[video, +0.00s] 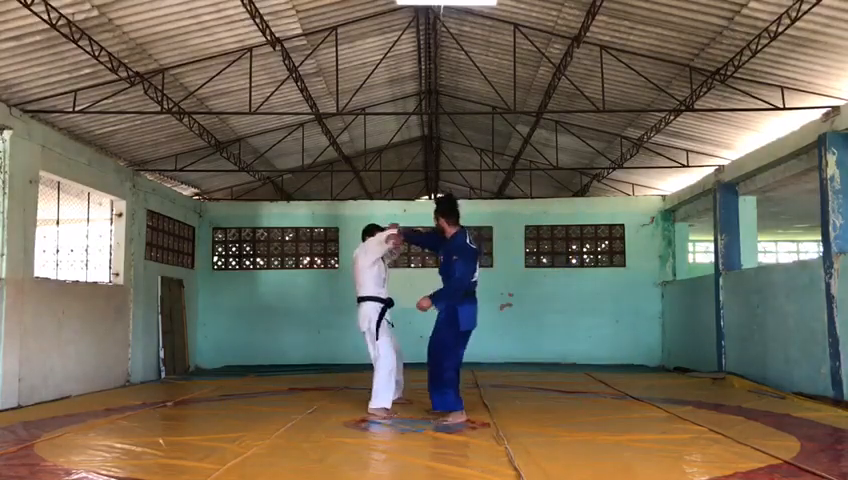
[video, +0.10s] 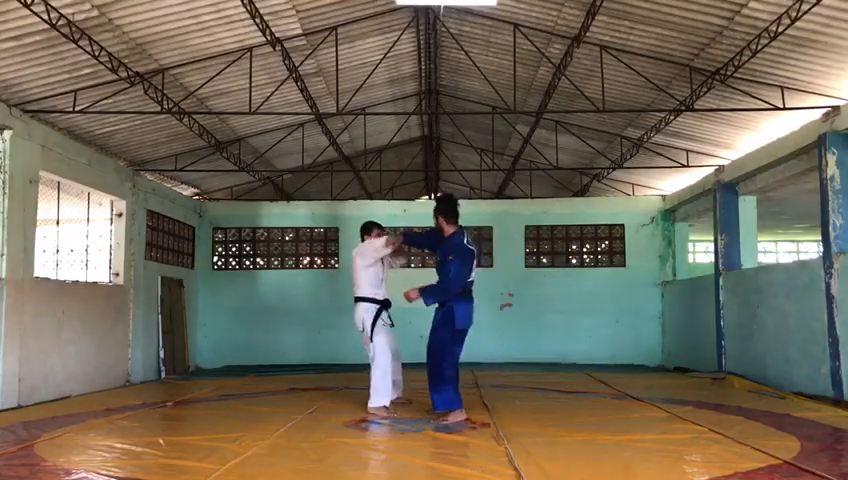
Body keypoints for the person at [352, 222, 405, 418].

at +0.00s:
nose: (384, 241)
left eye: (383, 237)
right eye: (382, 237)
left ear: (367, 236)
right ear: (373, 236)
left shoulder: (374, 256)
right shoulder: (365, 249)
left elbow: (391, 255)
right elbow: (390, 234)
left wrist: (396, 244)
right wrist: (396, 231)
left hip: (378, 309)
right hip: (371, 309)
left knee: (394, 353)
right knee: (386, 356)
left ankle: (394, 393)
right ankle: (378, 405)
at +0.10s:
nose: (383, 238)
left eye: (383, 234)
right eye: (379, 235)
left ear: (372, 236)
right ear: (368, 235)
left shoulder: (378, 256)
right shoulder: (363, 250)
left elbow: (400, 259)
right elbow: (391, 243)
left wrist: (399, 243)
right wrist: (402, 237)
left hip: (378, 308)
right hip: (368, 308)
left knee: (392, 353)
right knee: (382, 354)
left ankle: (392, 394)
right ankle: (376, 404)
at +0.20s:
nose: (379, 239)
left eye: (379, 235)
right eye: (375, 236)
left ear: (377, 238)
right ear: (363, 238)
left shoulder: (377, 257)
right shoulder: (359, 254)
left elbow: (395, 275)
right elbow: (373, 264)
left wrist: (398, 259)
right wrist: (388, 252)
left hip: (377, 309)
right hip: (364, 309)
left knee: (391, 350)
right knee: (383, 351)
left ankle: (389, 392)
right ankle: (363, 397)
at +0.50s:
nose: (368, 226)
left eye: (368, 222)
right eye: (364, 222)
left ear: (360, 224)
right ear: (352, 224)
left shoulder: (367, 246)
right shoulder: (345, 247)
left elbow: (385, 270)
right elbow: (349, 274)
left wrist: (407, 276)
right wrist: (371, 267)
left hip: (365, 301)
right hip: (351, 302)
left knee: (369, 349)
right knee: (362, 351)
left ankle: (362, 395)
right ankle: (350, 401)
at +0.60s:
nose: (364, 220)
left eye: (364, 216)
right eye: (360, 216)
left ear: (361, 218)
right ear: (348, 219)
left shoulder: (364, 240)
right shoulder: (338, 242)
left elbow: (374, 266)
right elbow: (338, 272)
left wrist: (389, 274)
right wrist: (365, 266)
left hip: (359, 297)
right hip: (346, 298)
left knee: (351, 347)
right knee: (355, 348)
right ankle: (343, 396)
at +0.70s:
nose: (361, 225)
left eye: (361, 221)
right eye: (357, 221)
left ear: (355, 224)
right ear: (344, 224)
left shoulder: (357, 247)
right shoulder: (334, 247)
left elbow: (358, 275)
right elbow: (332, 278)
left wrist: (372, 282)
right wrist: (359, 275)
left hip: (355, 304)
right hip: (342, 304)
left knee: (341, 352)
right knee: (350, 353)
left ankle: (311, 385)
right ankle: (334, 402)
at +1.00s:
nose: (348, 227)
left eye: (348, 223)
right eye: (344, 223)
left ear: (338, 225)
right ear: (332, 225)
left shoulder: (341, 247)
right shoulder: (324, 246)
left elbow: (336, 275)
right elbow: (322, 277)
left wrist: (347, 284)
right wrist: (347, 295)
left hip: (325, 301)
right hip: (323, 302)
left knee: (311, 350)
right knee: (334, 352)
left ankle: (291, 398)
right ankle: (333, 402)